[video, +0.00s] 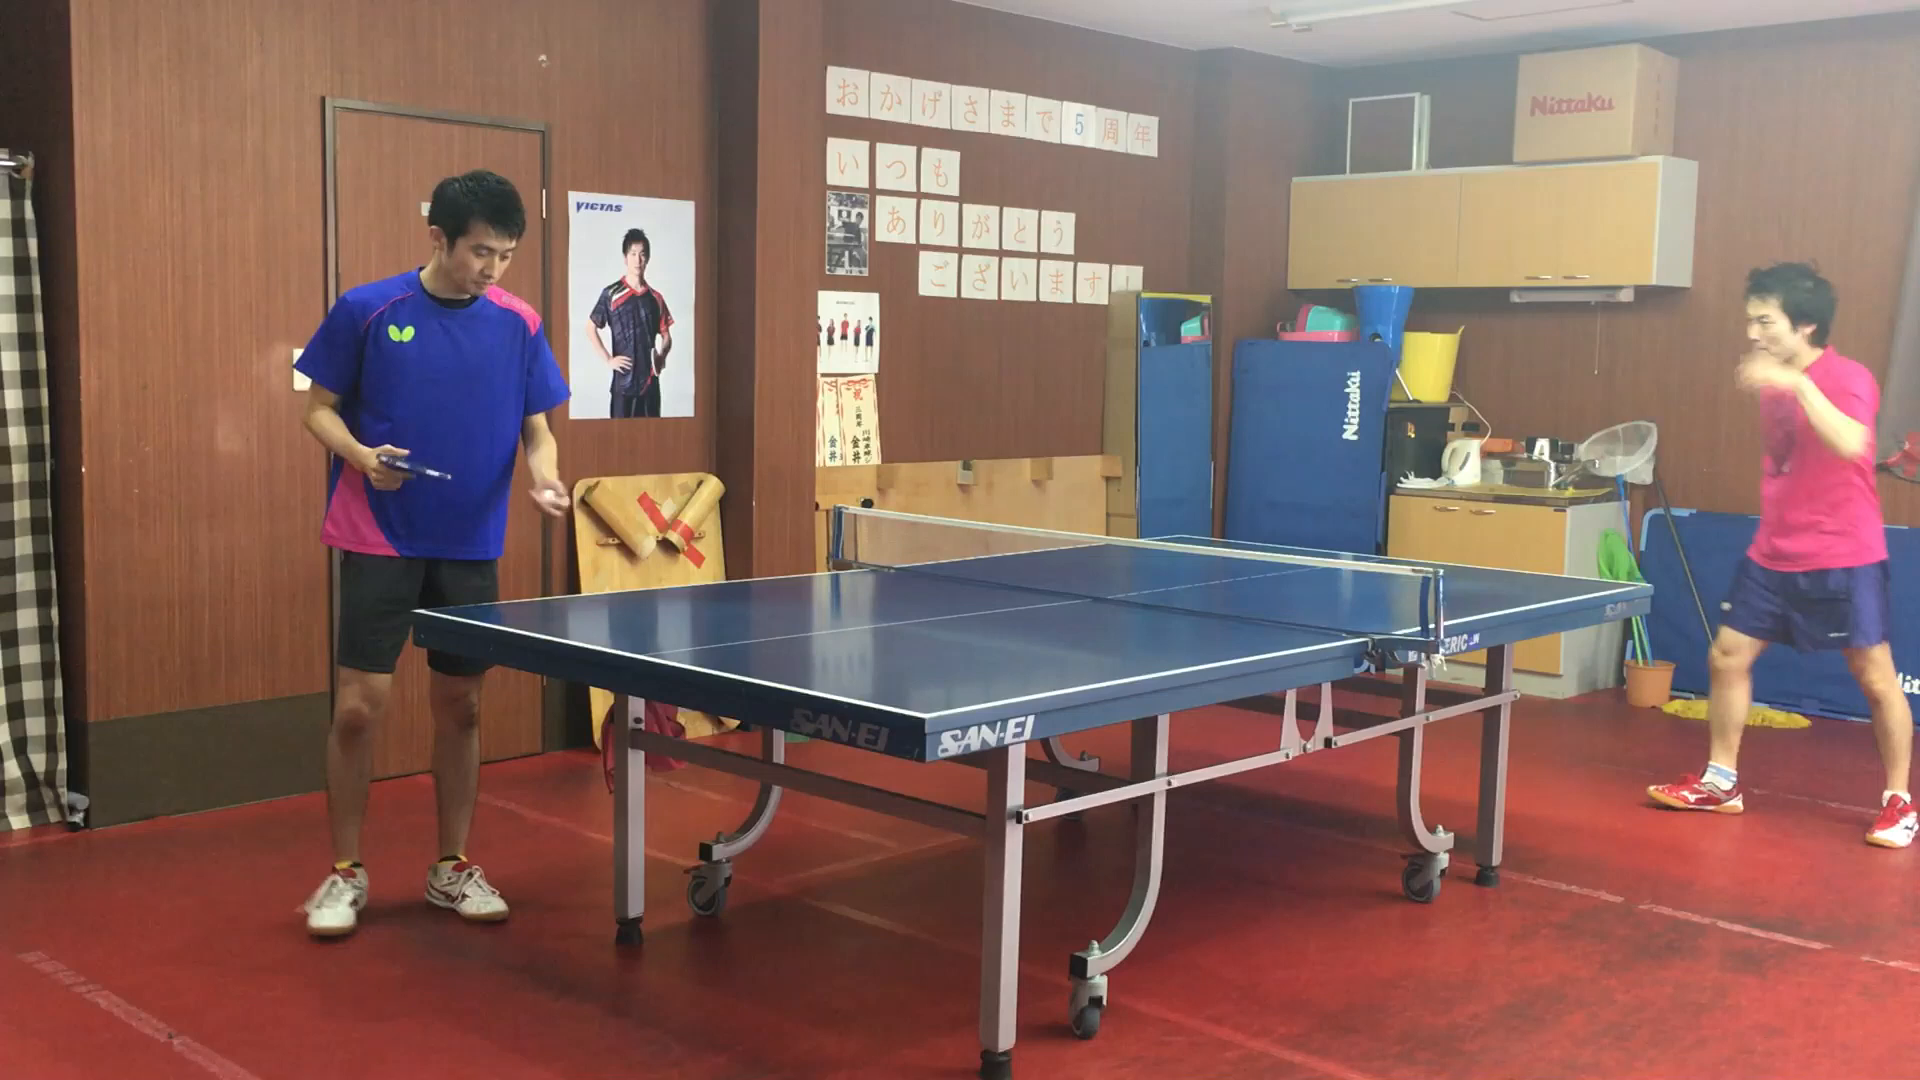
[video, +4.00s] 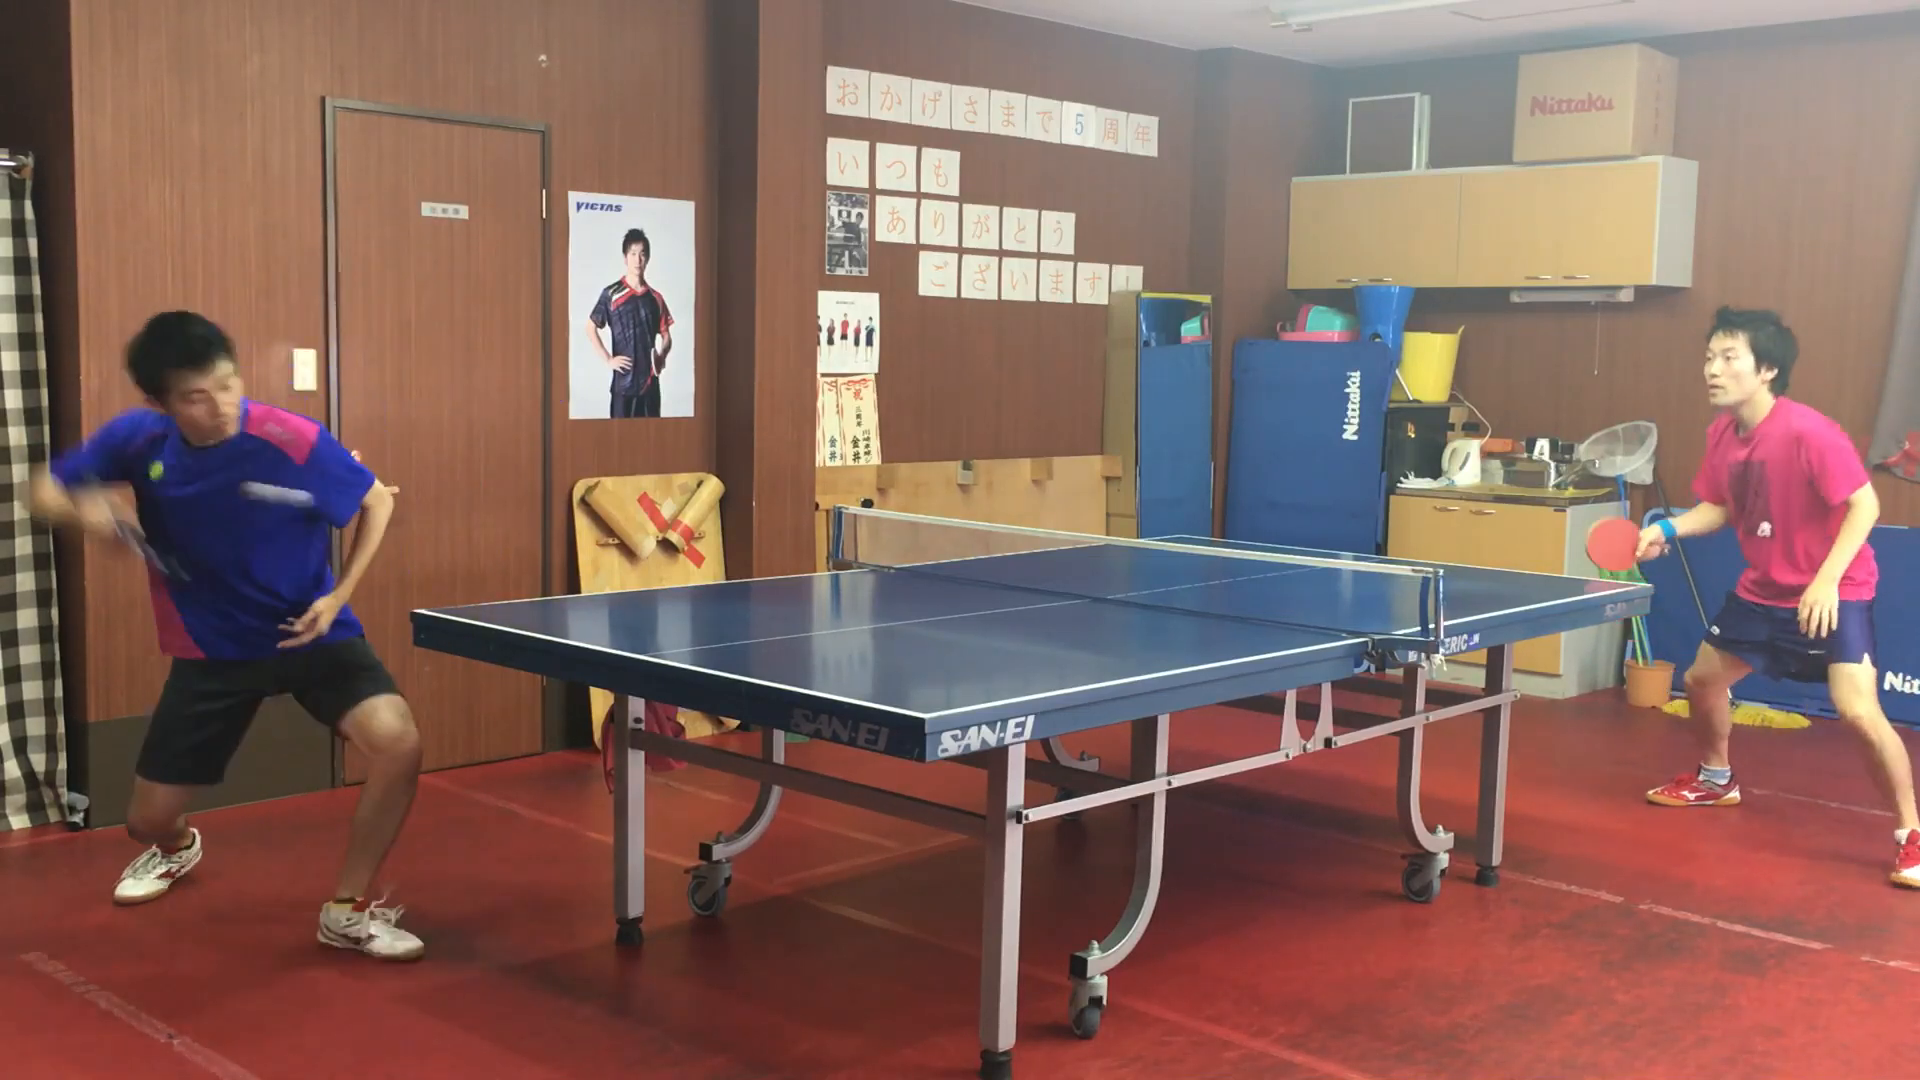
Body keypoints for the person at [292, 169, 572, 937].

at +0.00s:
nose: (494, 269)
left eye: (504, 255)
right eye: (482, 252)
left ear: (510, 250)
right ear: (437, 236)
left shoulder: (519, 326)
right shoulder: (365, 311)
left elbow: (538, 430)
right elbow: (317, 406)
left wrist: (545, 476)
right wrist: (359, 454)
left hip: (468, 549)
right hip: (375, 542)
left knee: (460, 707)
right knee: (356, 712)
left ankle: (452, 867)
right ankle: (346, 871)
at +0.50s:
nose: (393, 272)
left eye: (407, 258)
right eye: (379, 256)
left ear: (427, 250)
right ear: (354, 244)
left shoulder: (458, 324)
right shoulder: (311, 321)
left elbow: (485, 428)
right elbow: (283, 424)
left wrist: (436, 424)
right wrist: (317, 433)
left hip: (427, 550)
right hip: (341, 548)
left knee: (441, 703)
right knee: (341, 695)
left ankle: (450, 862)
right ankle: (350, 837)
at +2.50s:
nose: (360, 308)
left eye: (376, 293)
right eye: (347, 289)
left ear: (393, 289)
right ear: (315, 274)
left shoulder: (409, 358)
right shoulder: (254, 338)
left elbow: (420, 462)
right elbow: (224, 453)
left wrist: (410, 479)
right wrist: (284, 467)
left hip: (362, 575)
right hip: (264, 569)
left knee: (383, 726)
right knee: (235, 734)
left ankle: (394, 896)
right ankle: (246, 858)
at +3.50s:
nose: (262, 319)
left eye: (273, 301)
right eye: (241, 305)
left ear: (291, 307)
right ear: (211, 319)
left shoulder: (332, 373)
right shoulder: (184, 396)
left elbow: (419, 442)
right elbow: (178, 500)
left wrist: (374, 420)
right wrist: (201, 530)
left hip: (335, 595)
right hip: (237, 602)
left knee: (373, 733)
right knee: (177, 763)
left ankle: (391, 899)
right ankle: (180, 853)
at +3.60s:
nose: (229, 314)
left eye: (238, 297)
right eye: (207, 303)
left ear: (257, 306)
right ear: (178, 325)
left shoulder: (303, 377)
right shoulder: (163, 397)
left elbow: (402, 449)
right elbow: (158, 485)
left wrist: (353, 464)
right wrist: (143, 526)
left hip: (320, 594)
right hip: (222, 601)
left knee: (361, 729)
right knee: (166, 761)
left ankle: (392, 898)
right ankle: (178, 852)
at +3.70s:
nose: (201, 319)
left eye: (210, 301)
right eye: (178, 309)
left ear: (232, 309)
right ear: (154, 331)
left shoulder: (286, 387)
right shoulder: (148, 396)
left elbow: (388, 460)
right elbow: (137, 467)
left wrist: (340, 514)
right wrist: (68, 495)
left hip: (308, 593)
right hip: (210, 602)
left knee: (361, 727)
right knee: (157, 764)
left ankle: (392, 897)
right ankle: (179, 852)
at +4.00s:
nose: (218, 407)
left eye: (225, 388)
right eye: (196, 397)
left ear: (238, 374)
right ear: (162, 401)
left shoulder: (290, 439)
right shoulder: (135, 440)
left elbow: (378, 498)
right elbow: (40, 490)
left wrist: (340, 594)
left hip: (313, 638)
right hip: (209, 654)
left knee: (398, 742)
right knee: (150, 817)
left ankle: (348, 907)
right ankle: (178, 849)